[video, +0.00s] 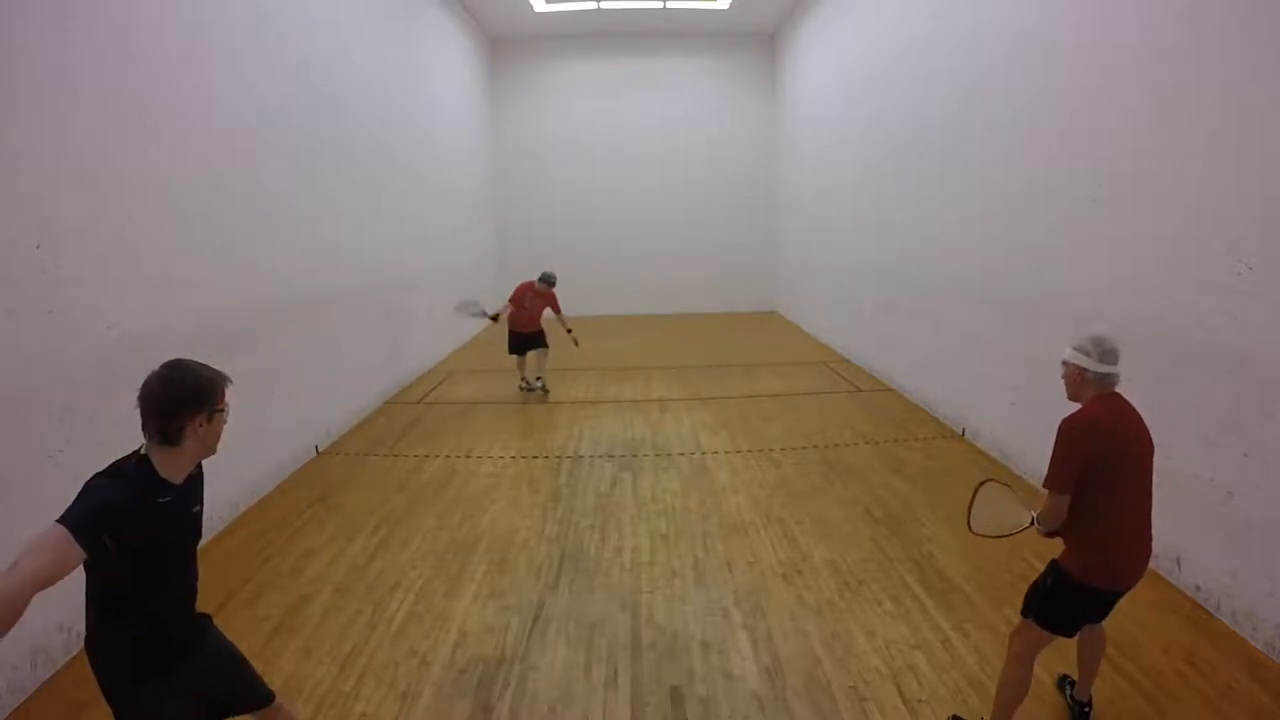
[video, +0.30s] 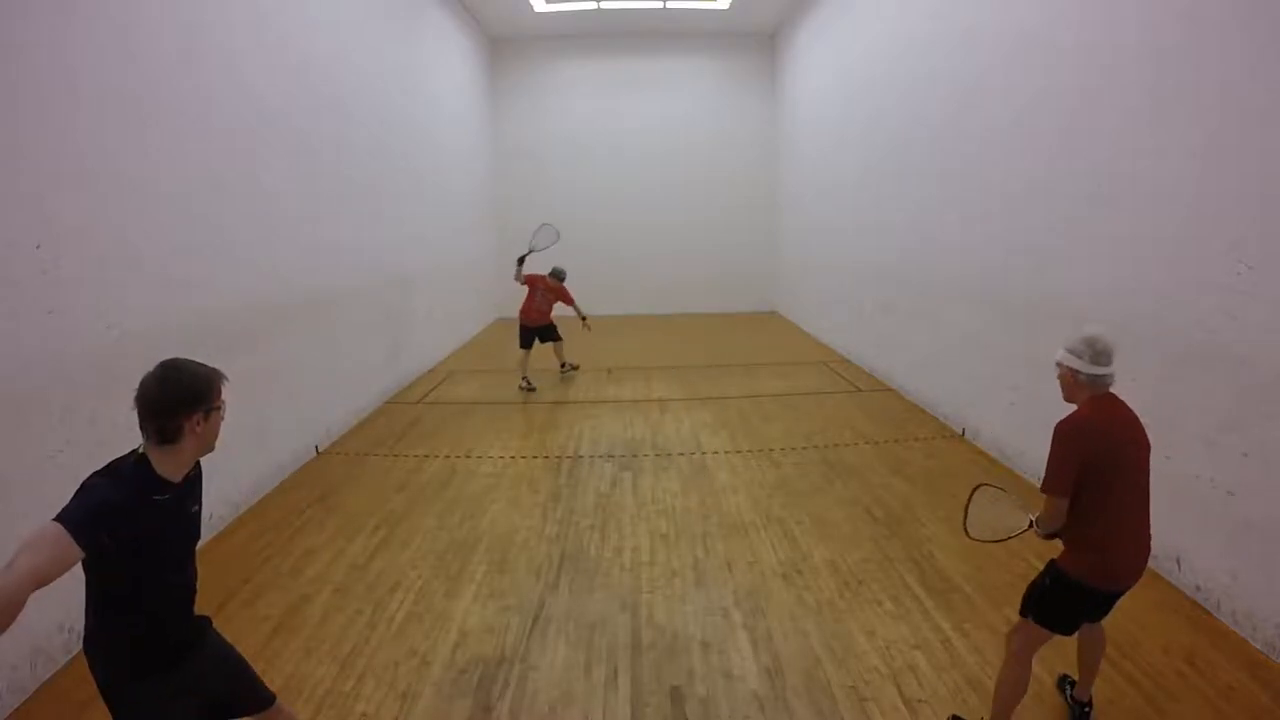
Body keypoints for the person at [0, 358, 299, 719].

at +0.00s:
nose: (226, 420)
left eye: (224, 411)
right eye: (222, 412)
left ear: (191, 427)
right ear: (198, 426)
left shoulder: (188, 469)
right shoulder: (111, 496)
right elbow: (20, 581)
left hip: (186, 629)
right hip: (131, 659)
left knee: (269, 707)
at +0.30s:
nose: (223, 416)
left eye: (221, 407)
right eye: (219, 409)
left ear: (191, 425)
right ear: (196, 424)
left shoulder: (187, 469)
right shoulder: (110, 495)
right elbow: (19, 578)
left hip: (185, 632)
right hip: (130, 663)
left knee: (273, 712)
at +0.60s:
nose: (240, 409)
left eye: (238, 400)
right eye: (236, 401)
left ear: (176, 410)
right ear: (215, 416)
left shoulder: (209, 462)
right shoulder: (133, 486)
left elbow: (184, 549)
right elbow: (36, 567)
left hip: (198, 625)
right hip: (142, 645)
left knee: (289, 706)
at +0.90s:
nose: (278, 374)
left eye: (276, 365)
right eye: (274, 366)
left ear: (247, 381)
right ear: (254, 379)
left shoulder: (250, 428)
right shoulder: (183, 449)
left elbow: (227, 508)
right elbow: (110, 539)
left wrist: (251, 556)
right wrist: (91, 653)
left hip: (240, 588)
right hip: (189, 607)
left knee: (306, 677)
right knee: (217, 711)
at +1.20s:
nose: (267, 356)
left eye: (264, 346)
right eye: (259, 347)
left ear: (232, 360)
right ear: (230, 359)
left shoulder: (238, 407)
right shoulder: (178, 430)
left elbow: (224, 494)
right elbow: (123, 527)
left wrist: (242, 556)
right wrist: (161, 629)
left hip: (243, 574)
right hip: (194, 595)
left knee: (294, 670)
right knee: (249, 704)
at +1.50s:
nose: (231, 361)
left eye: (228, 350)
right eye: (219, 352)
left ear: (188, 362)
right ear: (184, 362)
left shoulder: (195, 407)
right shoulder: (154, 437)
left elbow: (190, 500)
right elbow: (122, 547)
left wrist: (213, 564)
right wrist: (186, 623)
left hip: (219, 567)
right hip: (182, 595)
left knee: (270, 655)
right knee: (225, 702)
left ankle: (289, 716)